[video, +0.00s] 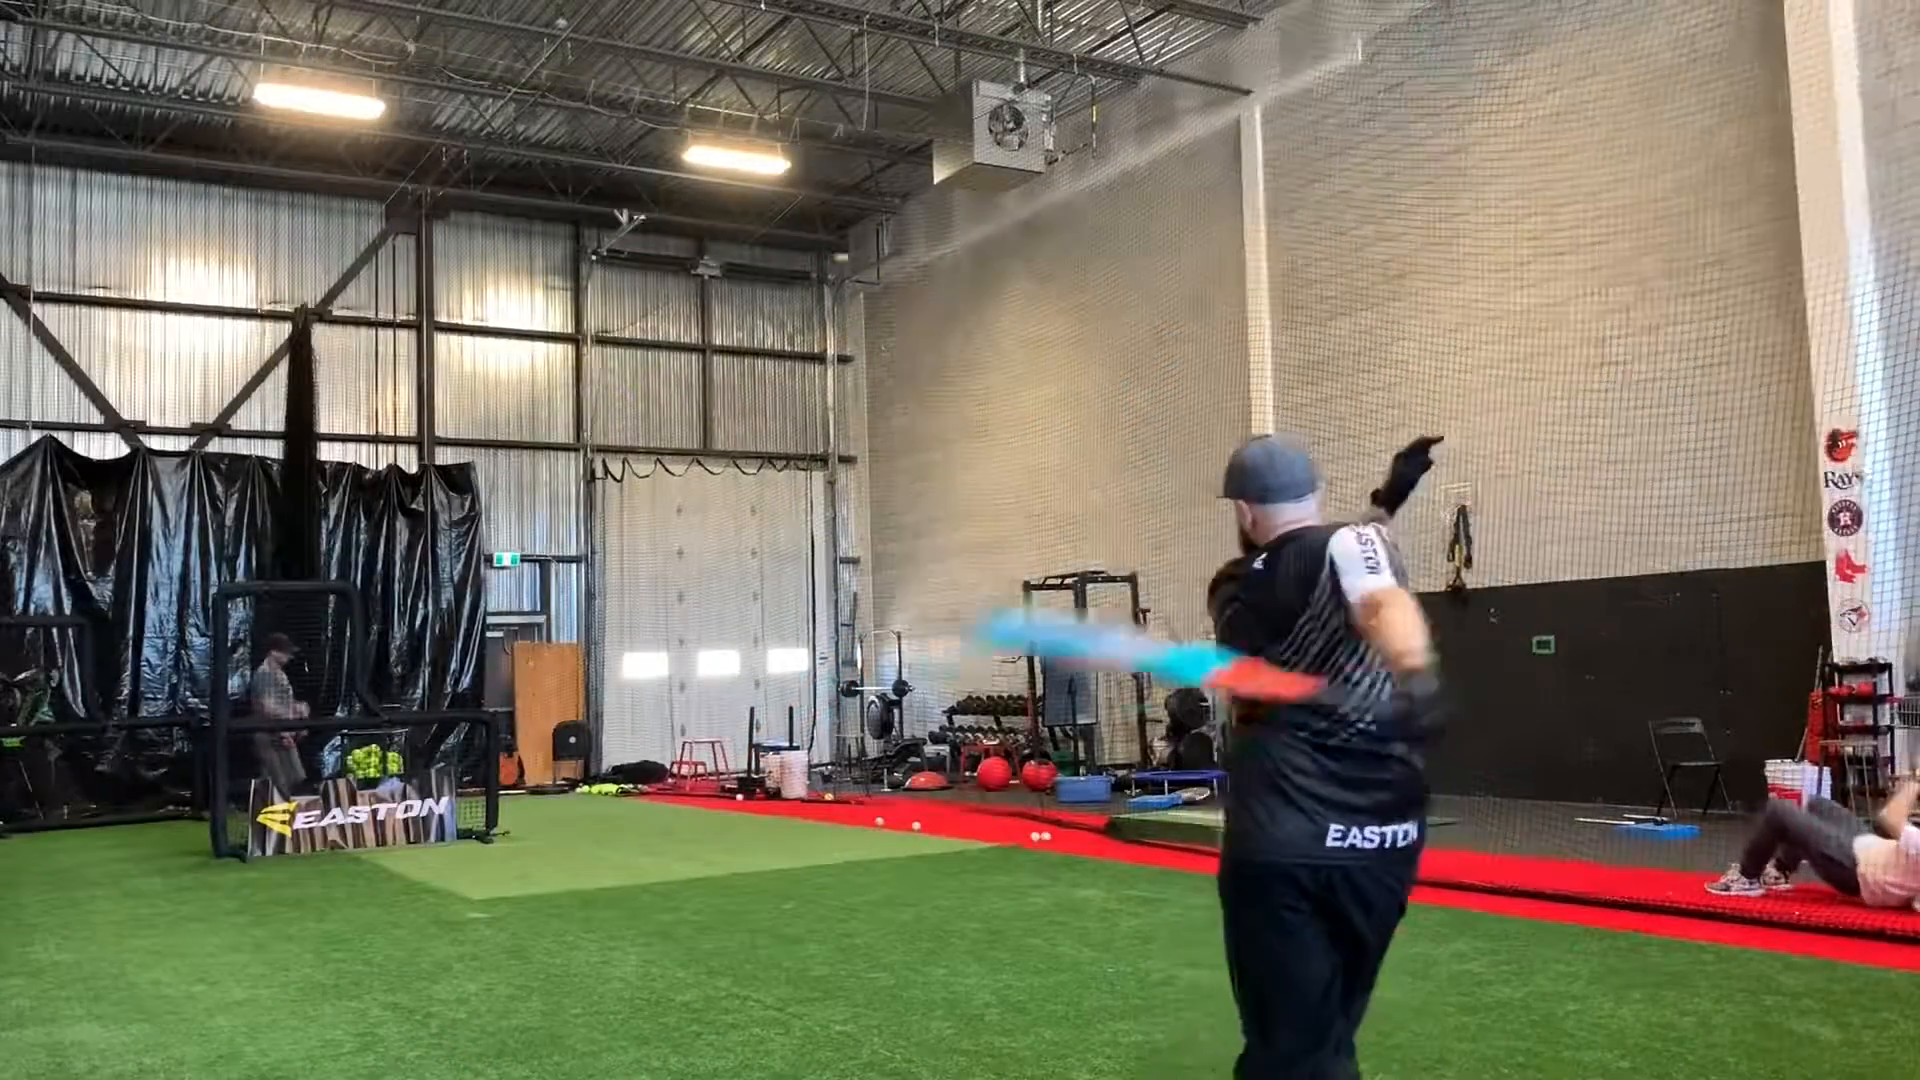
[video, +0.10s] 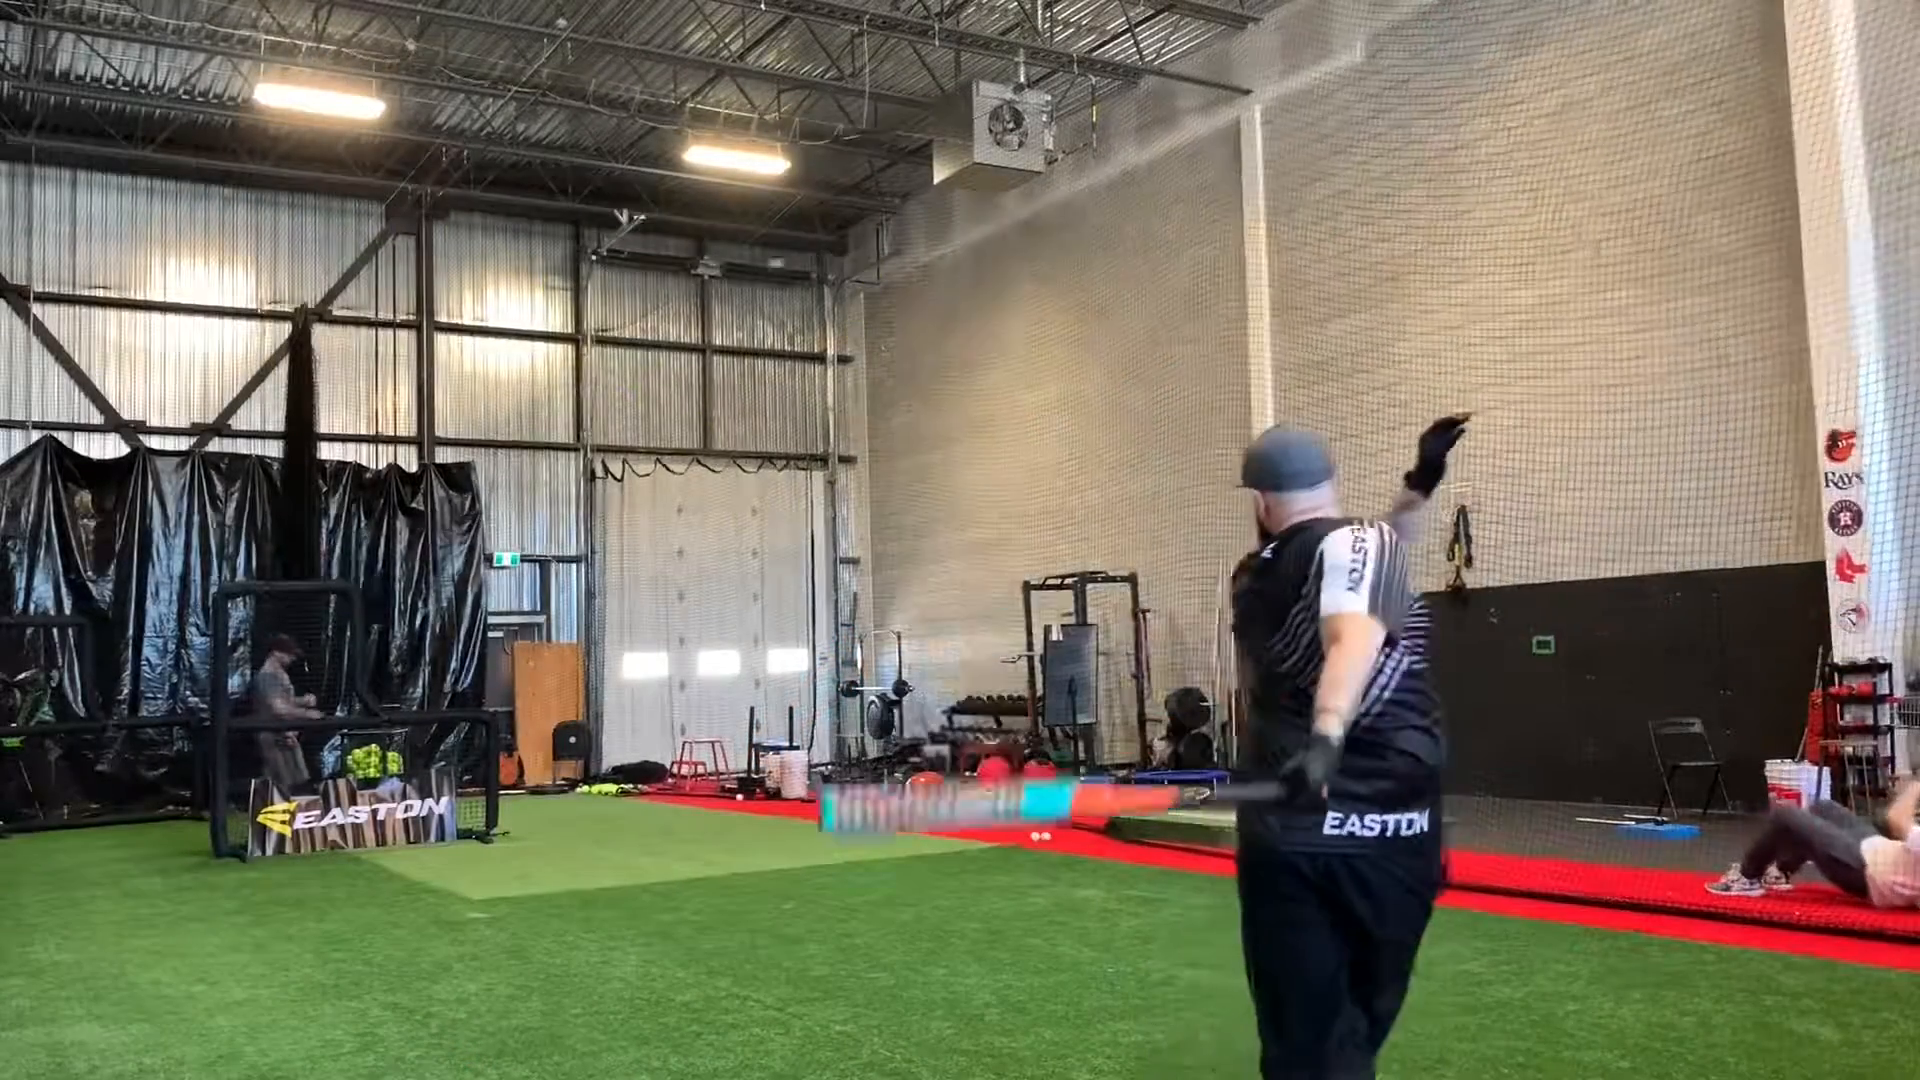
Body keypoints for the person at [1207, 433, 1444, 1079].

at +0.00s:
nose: (1240, 517)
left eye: (1239, 506)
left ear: (1245, 512)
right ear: (1317, 495)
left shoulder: (1238, 593)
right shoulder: (1356, 541)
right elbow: (1383, 605)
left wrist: (1381, 508)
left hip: (1276, 850)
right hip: (1380, 846)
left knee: (1288, 1044)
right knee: (1323, 1038)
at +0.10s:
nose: (1254, 508)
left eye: (1254, 496)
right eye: (1255, 495)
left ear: (1263, 503)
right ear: (1333, 485)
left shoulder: (1256, 577)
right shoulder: (1360, 544)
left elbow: (1376, 544)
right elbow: (1353, 637)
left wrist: (1421, 483)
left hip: (1288, 842)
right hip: (1390, 839)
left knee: (1300, 1042)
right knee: (1352, 1039)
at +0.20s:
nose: (1271, 492)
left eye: (1269, 481)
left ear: (1271, 488)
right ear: (1346, 476)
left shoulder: (1279, 560)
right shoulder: (1357, 548)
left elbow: (1405, 550)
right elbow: (1352, 668)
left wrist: (1456, 479)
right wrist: (1337, 786)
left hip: (1294, 832)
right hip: (1380, 832)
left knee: (1312, 1036)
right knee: (1376, 1037)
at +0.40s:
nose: (1380, 466)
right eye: (1378, 457)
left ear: (1301, 470)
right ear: (1375, 461)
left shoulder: (1306, 547)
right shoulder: (1377, 540)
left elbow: (1452, 544)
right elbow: (1377, 667)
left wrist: (1518, 481)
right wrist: (1431, 787)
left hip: (1320, 813)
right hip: (1410, 813)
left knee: (1346, 1014)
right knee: (1460, 1010)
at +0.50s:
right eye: (1394, 464)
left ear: (1317, 477)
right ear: (1392, 468)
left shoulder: (1316, 557)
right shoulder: (1405, 549)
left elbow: (1470, 546)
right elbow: (1413, 670)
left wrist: (1545, 494)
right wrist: (1478, 788)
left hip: (1339, 828)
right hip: (1434, 828)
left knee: (1353, 1021)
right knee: (1473, 1020)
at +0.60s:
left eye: (1334, 477)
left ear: (1333, 480)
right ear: (1407, 474)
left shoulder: (1329, 565)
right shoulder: (1429, 559)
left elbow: (1476, 561)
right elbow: (1461, 679)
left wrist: (1565, 522)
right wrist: (1556, 794)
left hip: (1358, 840)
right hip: (1459, 840)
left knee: (1360, 1028)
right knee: (1477, 1030)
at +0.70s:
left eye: (1342, 481)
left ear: (1342, 485)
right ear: (1416, 479)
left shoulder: (1326, 569)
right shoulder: (1444, 561)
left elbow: (1460, 581)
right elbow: (1512, 672)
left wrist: (1571, 561)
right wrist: (1633, 771)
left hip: (1368, 842)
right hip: (1473, 841)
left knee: (1369, 1016)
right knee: (1479, 1025)